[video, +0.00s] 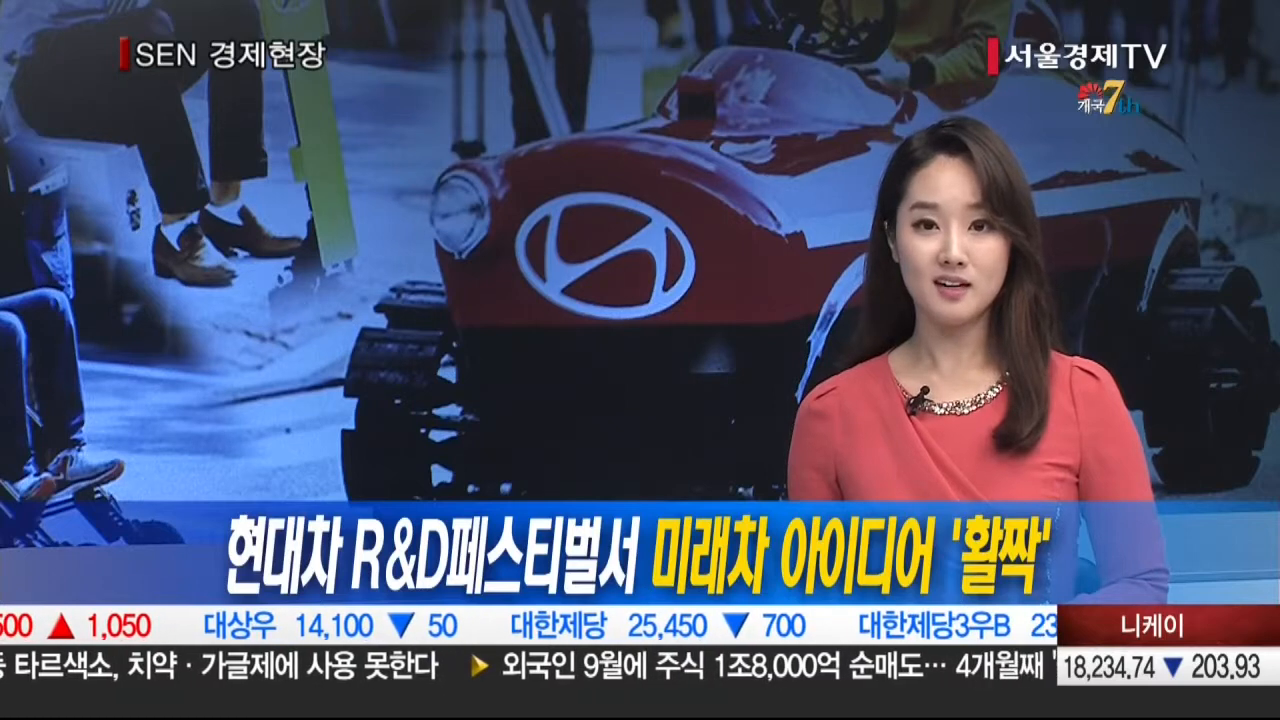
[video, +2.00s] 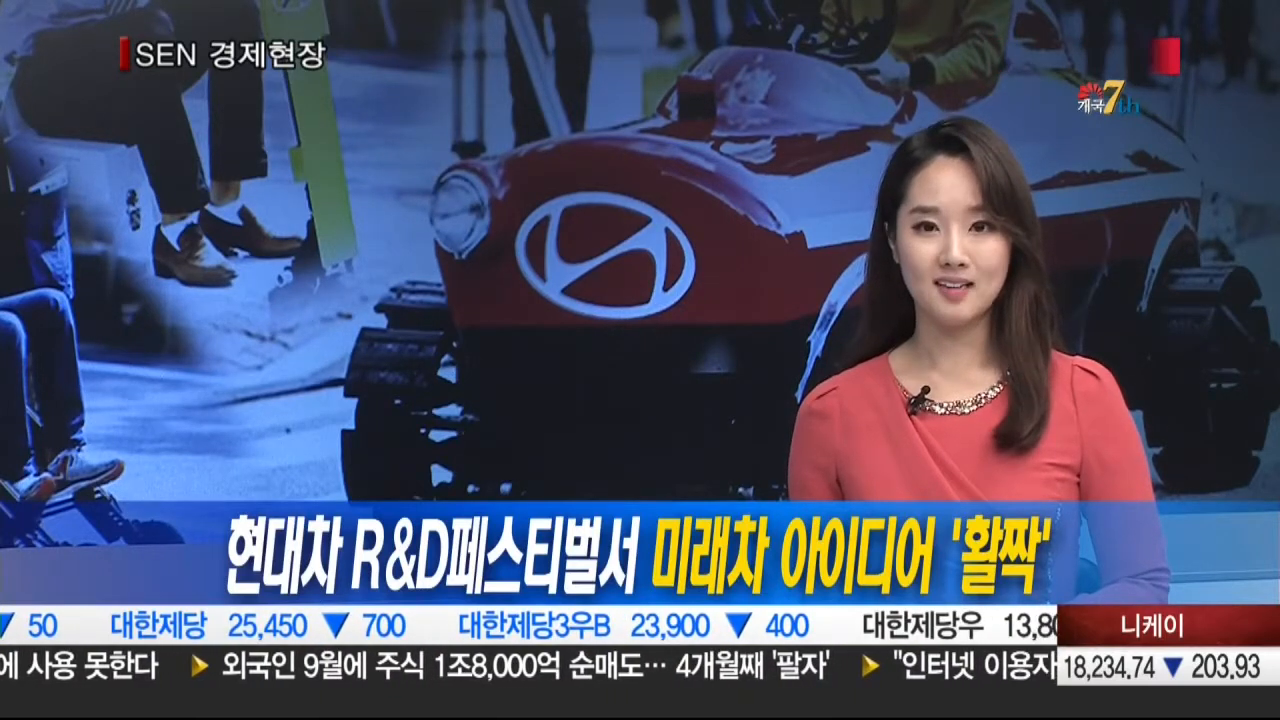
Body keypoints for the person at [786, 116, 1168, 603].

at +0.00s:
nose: (953, 253)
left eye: (981, 226)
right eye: (926, 225)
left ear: (1014, 244)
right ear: (892, 242)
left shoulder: (1083, 397)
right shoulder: (829, 415)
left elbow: (1142, 583)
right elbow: (812, 603)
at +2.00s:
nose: (954, 255)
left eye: (981, 226)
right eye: (926, 226)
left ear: (1015, 244)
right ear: (893, 243)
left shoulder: (1084, 397)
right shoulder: (831, 415)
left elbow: (1143, 581)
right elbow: (812, 603)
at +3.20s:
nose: (950, 262)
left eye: (977, 233)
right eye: (923, 233)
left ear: (1012, 246)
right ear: (889, 245)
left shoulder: (1083, 397)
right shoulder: (829, 417)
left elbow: (1142, 582)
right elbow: (811, 603)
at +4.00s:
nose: (949, 262)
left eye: (976, 233)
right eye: (921, 234)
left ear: (1010, 247)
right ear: (888, 246)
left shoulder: (1082, 396)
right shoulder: (828, 417)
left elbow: (1142, 581)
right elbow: (810, 605)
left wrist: (1037, 641)